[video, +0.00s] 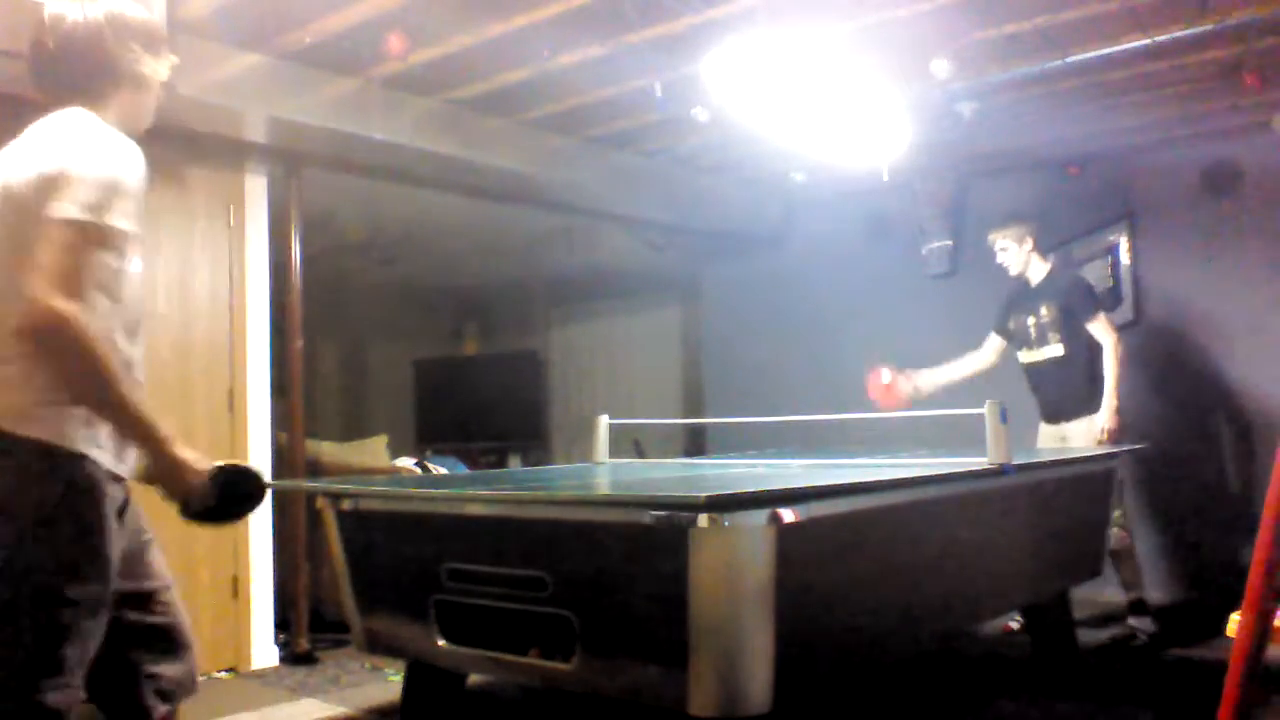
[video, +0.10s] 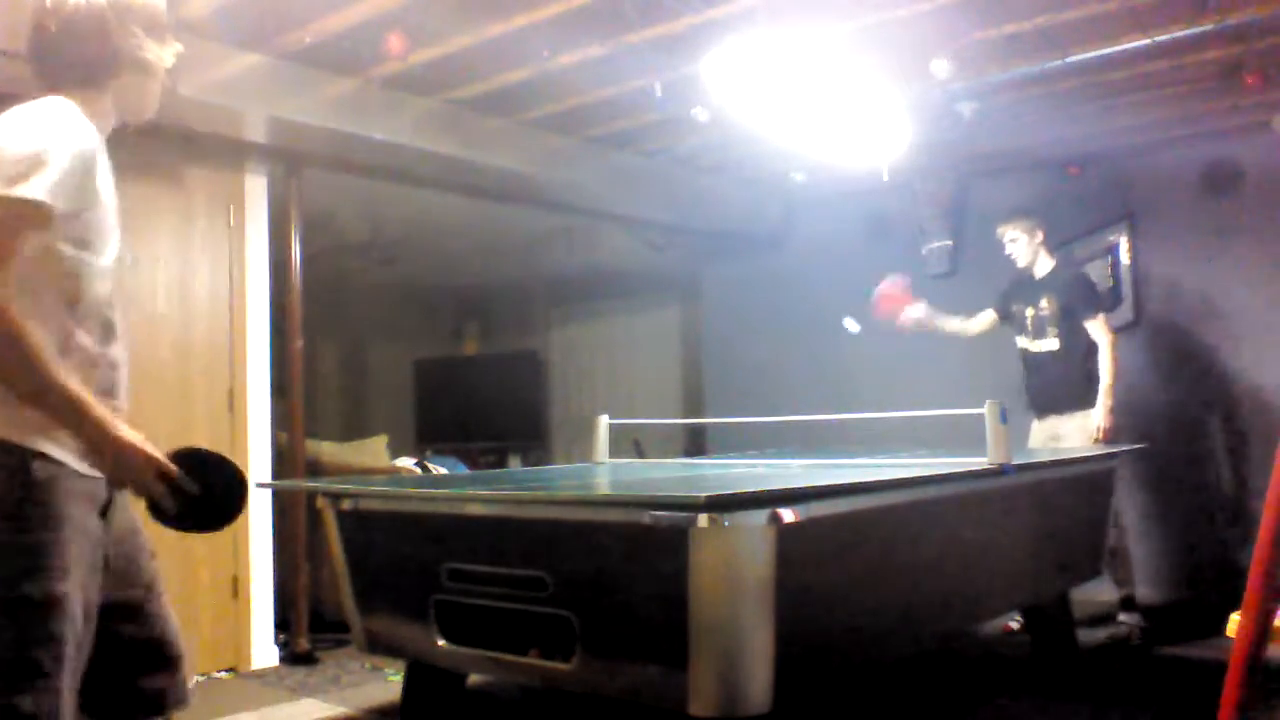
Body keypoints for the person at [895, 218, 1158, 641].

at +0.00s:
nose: (1000, 260)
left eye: (1005, 250)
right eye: (996, 253)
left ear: (1030, 243)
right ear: (1004, 254)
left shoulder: (1068, 286)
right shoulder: (1014, 302)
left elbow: (1112, 342)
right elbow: (985, 357)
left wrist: (1110, 409)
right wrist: (922, 380)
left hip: (1091, 422)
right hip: (1051, 428)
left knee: (1107, 519)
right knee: (1046, 520)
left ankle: (1138, 608)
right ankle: (1038, 609)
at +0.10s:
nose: (1009, 251)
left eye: (1014, 241)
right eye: (1005, 244)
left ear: (1039, 236)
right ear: (1010, 247)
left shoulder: (1071, 281)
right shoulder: (1015, 289)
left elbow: (1105, 340)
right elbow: (973, 326)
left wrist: (1105, 408)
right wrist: (930, 317)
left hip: (1083, 417)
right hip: (1042, 420)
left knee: (1100, 509)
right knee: (1038, 512)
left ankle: (1126, 602)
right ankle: (1035, 606)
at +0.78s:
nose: (998, 250)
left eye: (1005, 242)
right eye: (991, 243)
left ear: (1020, 245)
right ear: (985, 249)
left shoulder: (1045, 295)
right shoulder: (976, 302)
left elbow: (1067, 359)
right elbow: (974, 357)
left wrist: (1080, 421)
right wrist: (960, 385)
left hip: (1041, 414)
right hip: (997, 416)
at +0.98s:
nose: (973, 260)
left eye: (980, 250)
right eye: (967, 254)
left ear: (1000, 249)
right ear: (963, 258)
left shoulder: (1024, 290)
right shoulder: (974, 306)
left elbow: (1057, 352)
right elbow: (985, 368)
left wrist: (1034, 415)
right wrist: (951, 402)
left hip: (1029, 422)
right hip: (992, 423)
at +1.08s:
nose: (961, 268)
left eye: (967, 258)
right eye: (957, 262)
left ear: (989, 255)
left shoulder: (1019, 295)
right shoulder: (974, 312)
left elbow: (1053, 352)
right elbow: (978, 376)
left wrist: (1028, 414)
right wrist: (937, 409)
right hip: (999, 421)